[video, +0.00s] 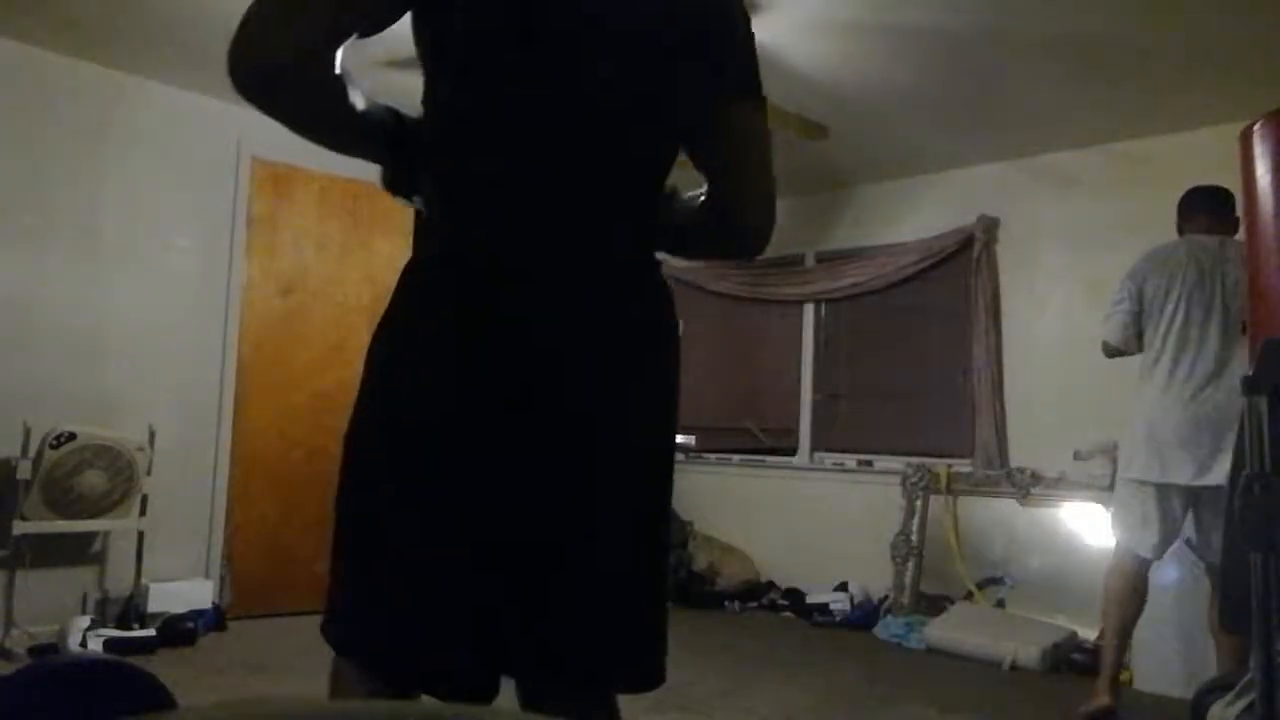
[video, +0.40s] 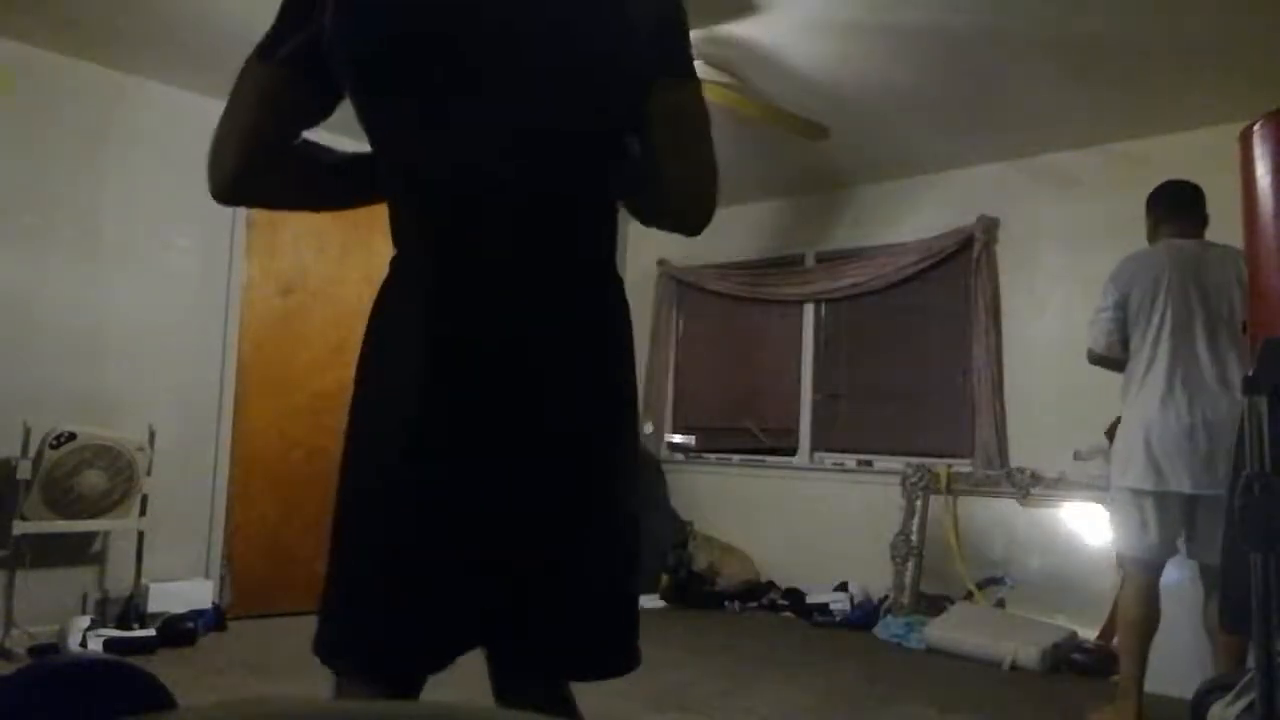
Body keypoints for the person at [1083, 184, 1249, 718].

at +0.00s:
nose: (1222, 234)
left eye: (1194, 225)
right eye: (1228, 225)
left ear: (1179, 223)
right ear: (1234, 224)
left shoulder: (1155, 261)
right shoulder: (1255, 264)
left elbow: (1116, 339)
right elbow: (1268, 336)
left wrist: (1168, 324)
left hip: (1156, 444)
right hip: (1234, 448)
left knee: (1129, 557)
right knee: (1232, 574)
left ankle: (1105, 688)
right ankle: (1232, 696)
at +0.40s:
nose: (1150, 233)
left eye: (1149, 225)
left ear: (1151, 223)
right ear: (1204, 221)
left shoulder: (1132, 268)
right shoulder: (1236, 266)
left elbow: (1103, 347)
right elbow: (1251, 340)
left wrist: (1154, 365)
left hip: (1147, 446)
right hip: (1224, 449)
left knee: (1138, 577)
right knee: (1223, 580)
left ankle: (1127, 702)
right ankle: (1230, 700)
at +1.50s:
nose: (1081, 225)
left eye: (1090, 215)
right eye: (1086, 214)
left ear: (1114, 222)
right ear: (1140, 227)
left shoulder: (1104, 271)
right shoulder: (1178, 279)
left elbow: (1096, 348)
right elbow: (1201, 360)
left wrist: (1057, 397)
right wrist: (1149, 392)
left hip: (1112, 453)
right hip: (1170, 454)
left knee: (1106, 565)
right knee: (1150, 566)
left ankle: (1123, 697)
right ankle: (1167, 690)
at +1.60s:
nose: (1081, 230)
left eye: (1091, 219)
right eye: (1087, 219)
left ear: (1116, 225)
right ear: (1139, 230)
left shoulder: (1110, 269)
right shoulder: (1173, 280)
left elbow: (1105, 347)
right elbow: (1189, 358)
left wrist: (1061, 408)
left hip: (1118, 446)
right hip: (1171, 449)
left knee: (1086, 551)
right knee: (1146, 559)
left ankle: (1120, 691)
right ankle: (1164, 689)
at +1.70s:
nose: (1080, 230)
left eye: (1090, 221)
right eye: (1085, 220)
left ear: (1116, 228)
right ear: (1135, 233)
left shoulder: (1113, 269)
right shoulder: (1166, 279)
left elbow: (1115, 346)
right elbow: (1167, 366)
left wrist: (1070, 408)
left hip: (1128, 445)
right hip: (1173, 448)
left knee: (1073, 545)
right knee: (1145, 558)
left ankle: (1115, 681)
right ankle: (1164, 690)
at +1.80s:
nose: (1078, 228)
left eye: (1088, 219)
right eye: (1084, 218)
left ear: (1114, 226)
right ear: (1130, 231)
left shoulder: (1116, 269)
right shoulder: (1156, 277)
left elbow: (1117, 348)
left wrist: (1072, 416)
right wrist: (1093, 418)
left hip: (1133, 446)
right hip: (1169, 448)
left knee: (1066, 539)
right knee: (1143, 559)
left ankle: (1107, 680)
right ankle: (1163, 690)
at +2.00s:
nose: (1066, 227)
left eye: (1077, 218)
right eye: (1071, 218)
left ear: (1106, 225)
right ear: (1116, 230)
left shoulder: (1106, 270)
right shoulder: (1133, 274)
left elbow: (1110, 349)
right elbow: (1129, 359)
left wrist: (1074, 423)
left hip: (1112, 450)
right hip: (1144, 451)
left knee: (1075, 556)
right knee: (1135, 561)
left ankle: (1090, 692)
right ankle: (1160, 688)